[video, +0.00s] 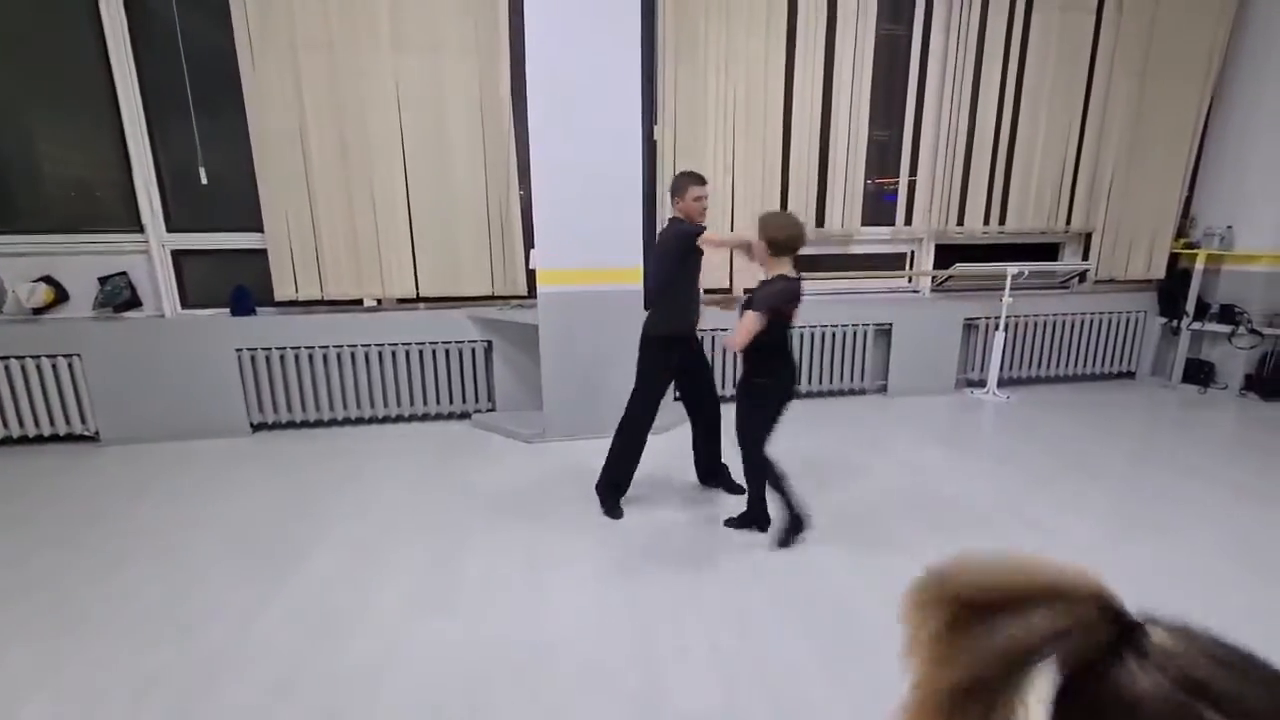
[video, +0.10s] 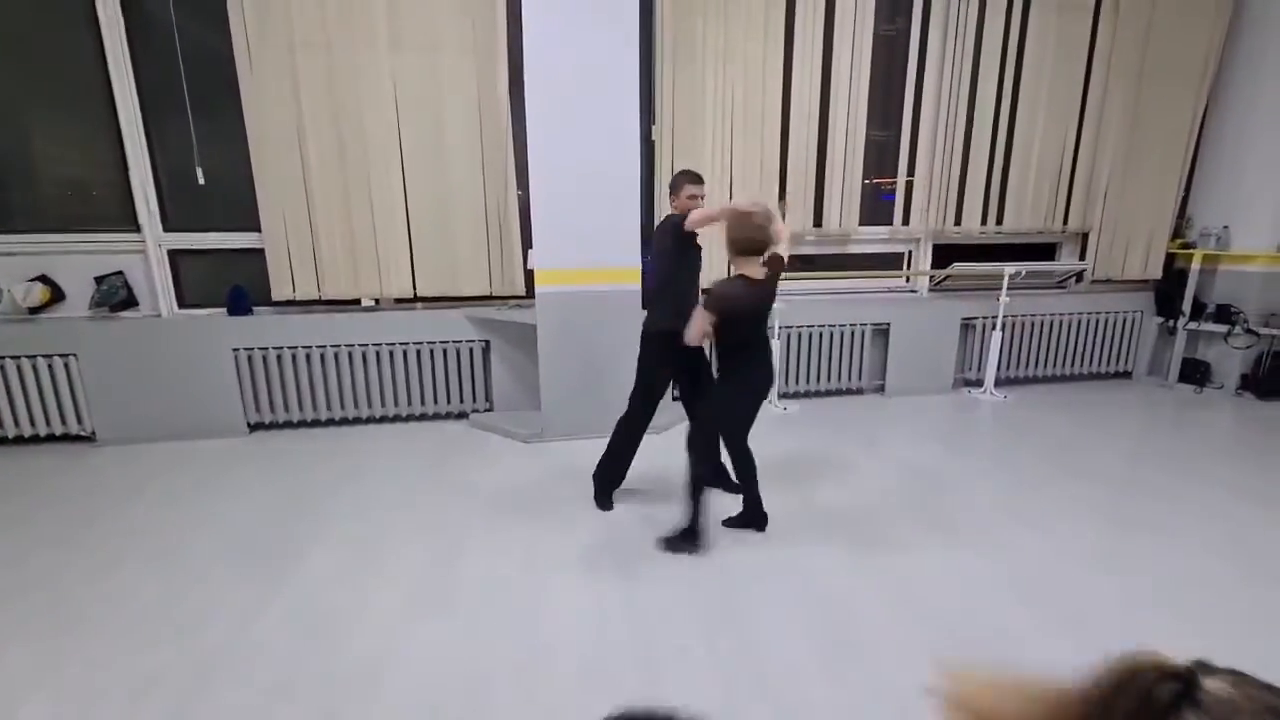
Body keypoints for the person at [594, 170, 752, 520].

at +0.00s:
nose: (705, 205)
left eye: (706, 199)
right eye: (698, 199)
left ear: (692, 202)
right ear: (678, 202)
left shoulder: (675, 235)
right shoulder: (682, 231)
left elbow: (672, 291)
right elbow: (719, 241)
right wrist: (749, 244)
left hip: (684, 338)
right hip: (662, 340)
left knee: (706, 408)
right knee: (639, 416)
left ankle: (711, 472)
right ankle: (609, 488)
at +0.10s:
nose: (700, 204)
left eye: (702, 198)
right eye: (692, 198)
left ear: (701, 199)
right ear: (674, 199)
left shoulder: (683, 234)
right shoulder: (671, 227)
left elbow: (682, 288)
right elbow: (703, 219)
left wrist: (702, 315)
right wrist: (736, 211)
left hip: (685, 336)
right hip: (662, 335)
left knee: (705, 405)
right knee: (640, 411)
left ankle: (709, 470)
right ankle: (605, 478)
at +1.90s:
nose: (620, 215)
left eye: (627, 208)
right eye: (614, 209)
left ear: (643, 212)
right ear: (610, 215)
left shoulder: (666, 262)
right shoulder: (601, 259)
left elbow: (687, 310)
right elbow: (576, 302)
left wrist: (694, 354)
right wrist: (557, 333)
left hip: (666, 347)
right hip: (624, 348)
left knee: (697, 410)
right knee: (604, 414)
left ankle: (735, 472)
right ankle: (580, 485)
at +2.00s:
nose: (622, 209)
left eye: (629, 202)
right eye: (616, 204)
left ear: (644, 207)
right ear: (612, 209)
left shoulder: (664, 257)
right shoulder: (600, 253)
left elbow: (683, 312)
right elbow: (573, 298)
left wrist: (690, 359)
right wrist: (555, 323)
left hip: (662, 349)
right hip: (620, 350)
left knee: (696, 411)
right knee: (599, 415)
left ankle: (735, 473)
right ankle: (580, 486)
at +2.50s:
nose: (645, 222)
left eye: (652, 216)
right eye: (639, 216)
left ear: (663, 220)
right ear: (630, 218)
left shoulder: (668, 275)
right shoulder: (611, 244)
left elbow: (664, 331)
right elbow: (563, 252)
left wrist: (620, 333)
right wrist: (536, 289)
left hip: (655, 357)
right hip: (613, 357)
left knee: (697, 415)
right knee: (599, 427)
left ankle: (739, 474)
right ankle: (578, 491)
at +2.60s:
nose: (650, 221)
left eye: (656, 215)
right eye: (643, 215)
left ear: (667, 219)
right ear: (634, 219)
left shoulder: (678, 270)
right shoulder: (617, 250)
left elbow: (687, 324)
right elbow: (564, 248)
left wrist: (646, 332)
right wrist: (541, 286)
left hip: (655, 358)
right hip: (615, 357)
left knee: (699, 418)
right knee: (597, 427)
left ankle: (711, 478)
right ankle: (577, 492)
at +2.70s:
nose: (654, 221)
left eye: (660, 214)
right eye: (647, 215)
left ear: (671, 218)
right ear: (638, 220)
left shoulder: (693, 264)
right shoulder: (627, 257)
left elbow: (711, 307)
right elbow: (574, 262)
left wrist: (681, 336)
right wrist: (556, 294)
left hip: (664, 359)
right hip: (624, 354)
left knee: (693, 429)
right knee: (589, 419)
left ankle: (690, 479)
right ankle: (568, 490)